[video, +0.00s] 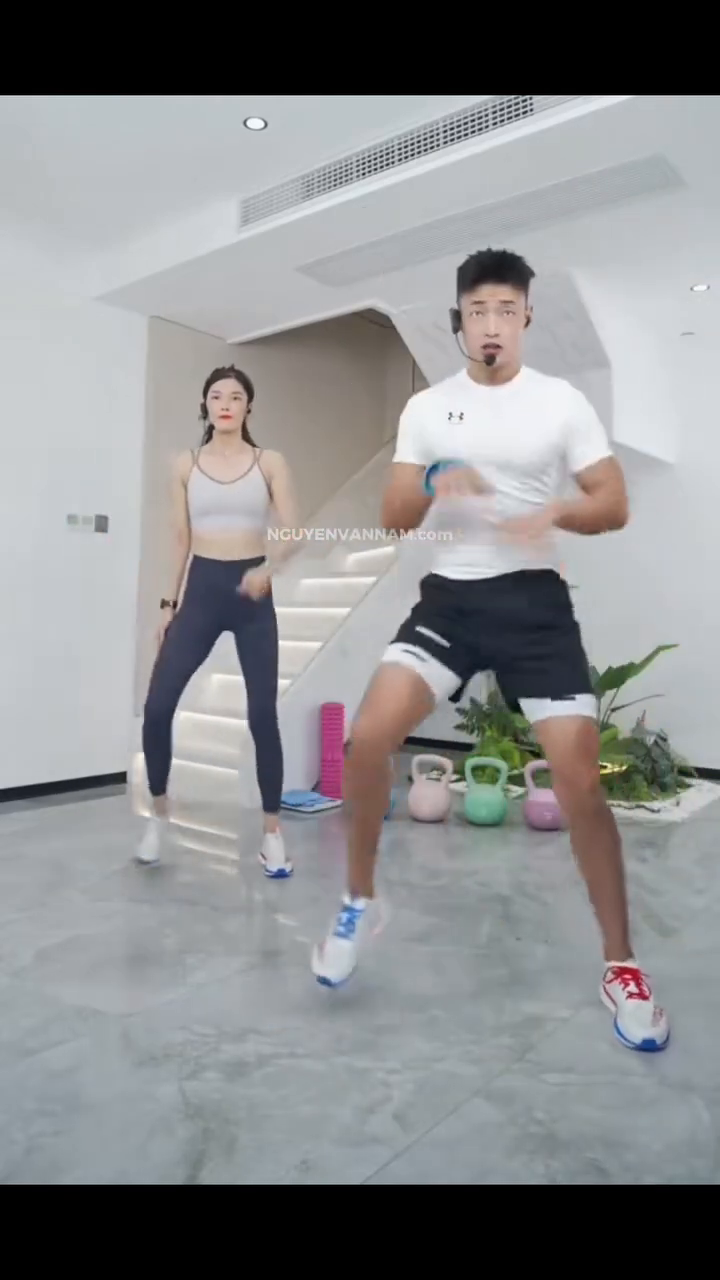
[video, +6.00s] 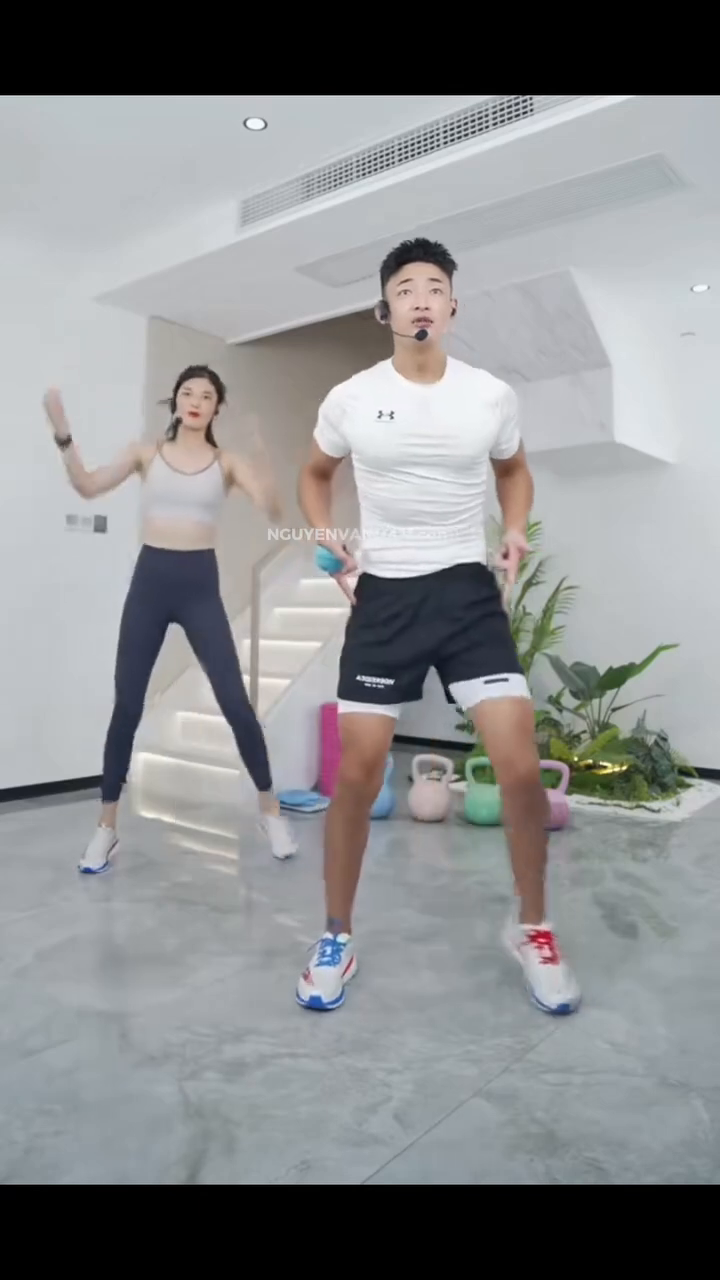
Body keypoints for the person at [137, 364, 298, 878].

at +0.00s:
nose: (226, 404)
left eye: (235, 397)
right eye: (218, 397)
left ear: (249, 407)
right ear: (205, 405)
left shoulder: (269, 462)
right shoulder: (187, 465)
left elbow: (292, 532)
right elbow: (183, 540)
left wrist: (268, 569)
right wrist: (171, 603)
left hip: (254, 593)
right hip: (202, 593)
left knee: (263, 715)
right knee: (157, 709)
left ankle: (272, 829)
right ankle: (158, 814)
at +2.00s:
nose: (185, 412)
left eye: (194, 406)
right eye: (178, 404)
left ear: (207, 415)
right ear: (164, 411)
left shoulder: (222, 472)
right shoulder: (137, 462)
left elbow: (258, 525)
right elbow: (80, 495)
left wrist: (215, 550)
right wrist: (119, 536)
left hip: (191, 601)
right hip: (140, 598)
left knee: (229, 712)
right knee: (113, 711)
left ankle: (253, 814)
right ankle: (92, 827)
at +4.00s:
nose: (173, 399)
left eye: (182, 393)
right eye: (165, 391)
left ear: (195, 405)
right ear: (151, 400)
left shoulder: (212, 463)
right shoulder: (128, 455)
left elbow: (218, 538)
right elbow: (107, 519)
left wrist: (223, 605)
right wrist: (96, 555)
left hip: (181, 586)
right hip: (130, 579)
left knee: (148, 706)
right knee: (113, 704)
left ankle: (136, 821)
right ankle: (104, 823)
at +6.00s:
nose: (196, 402)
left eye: (206, 397)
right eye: (189, 394)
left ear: (217, 409)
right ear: (174, 402)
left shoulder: (226, 461)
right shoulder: (148, 452)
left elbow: (272, 510)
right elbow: (87, 484)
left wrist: (266, 470)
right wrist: (63, 434)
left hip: (200, 586)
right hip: (149, 584)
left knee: (236, 706)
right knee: (127, 707)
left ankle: (271, 810)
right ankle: (107, 825)